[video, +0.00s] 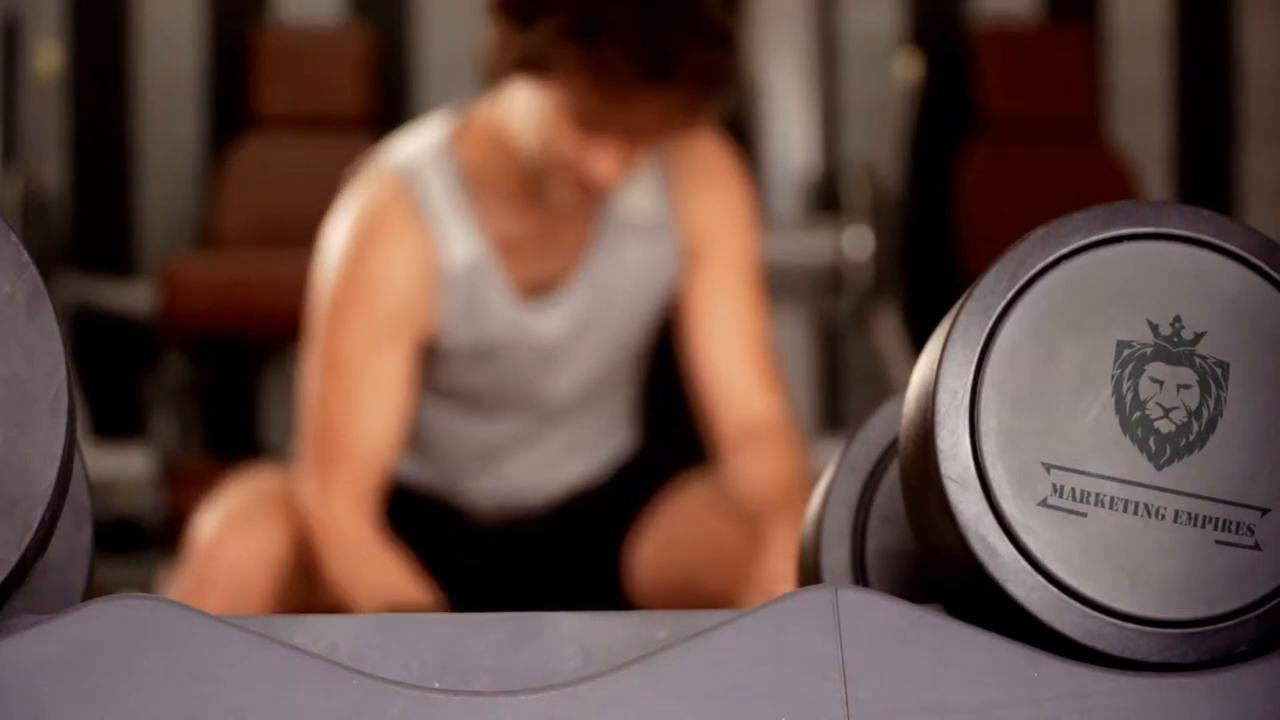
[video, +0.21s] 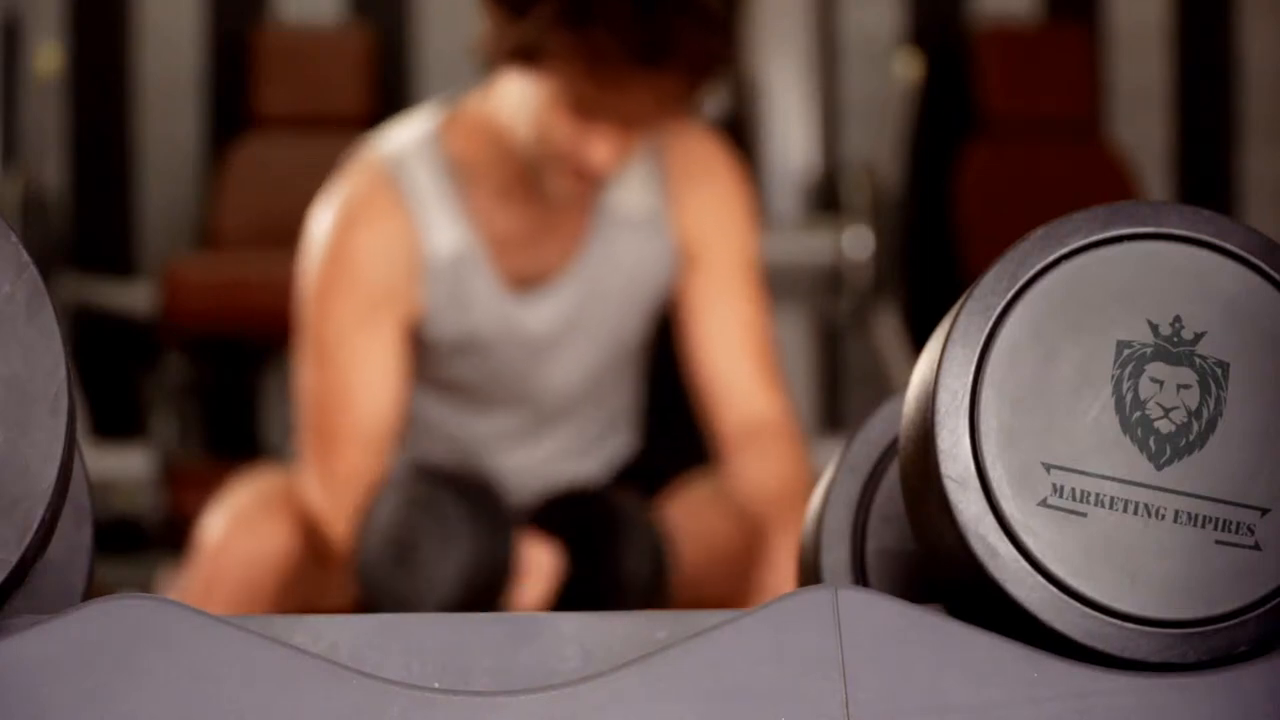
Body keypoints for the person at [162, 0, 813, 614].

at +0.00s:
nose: (611, 168)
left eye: (645, 137)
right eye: (591, 127)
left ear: (676, 110)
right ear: (524, 67)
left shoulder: (696, 170)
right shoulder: (393, 210)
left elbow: (753, 428)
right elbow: (337, 510)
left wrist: (790, 570)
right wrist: (457, 668)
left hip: (601, 521)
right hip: (418, 529)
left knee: (792, 540)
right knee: (241, 526)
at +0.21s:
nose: (606, 154)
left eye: (638, 123)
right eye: (583, 113)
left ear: (674, 101)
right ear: (520, 52)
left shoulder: (692, 171)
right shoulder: (377, 205)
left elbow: (756, 428)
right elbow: (343, 494)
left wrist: (783, 579)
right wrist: (488, 561)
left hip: (603, 533)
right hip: (414, 533)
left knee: (795, 517)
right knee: (248, 527)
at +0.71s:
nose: (573, 153)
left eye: (604, 120)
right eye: (547, 112)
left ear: (636, 98)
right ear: (476, 61)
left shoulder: (661, 171)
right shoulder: (314, 217)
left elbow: (746, 422)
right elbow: (346, 502)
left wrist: (789, 596)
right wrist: (494, 455)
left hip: (598, 525)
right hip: (399, 535)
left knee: (784, 541)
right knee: (250, 536)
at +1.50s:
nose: (582, 137)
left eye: (614, 105)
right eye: (558, 96)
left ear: (652, 82)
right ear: (495, 46)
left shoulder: (680, 166)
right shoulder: (346, 212)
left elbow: (750, 423)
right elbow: (349, 496)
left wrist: (778, 578)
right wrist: (577, 530)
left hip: (599, 542)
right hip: (412, 544)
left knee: (789, 517)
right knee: (243, 522)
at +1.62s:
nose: (583, 137)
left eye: (615, 105)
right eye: (559, 96)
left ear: (655, 85)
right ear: (495, 47)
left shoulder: (687, 169)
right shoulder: (356, 216)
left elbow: (749, 424)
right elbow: (343, 512)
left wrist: (774, 575)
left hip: (606, 513)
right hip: (418, 522)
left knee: (793, 538)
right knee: (238, 532)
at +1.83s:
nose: (588, 146)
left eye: (621, 115)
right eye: (564, 105)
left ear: (662, 94)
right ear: (502, 53)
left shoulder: (692, 172)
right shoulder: (372, 224)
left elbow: (752, 428)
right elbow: (346, 529)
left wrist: (772, 580)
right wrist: (415, 700)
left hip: (600, 523)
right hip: (416, 530)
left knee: (786, 534)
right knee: (242, 531)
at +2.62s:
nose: (596, 220)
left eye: (631, 188)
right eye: (570, 176)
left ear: (676, 177)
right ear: (508, 136)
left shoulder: (696, 188)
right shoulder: (388, 263)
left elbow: (734, 441)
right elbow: (338, 554)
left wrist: (666, 550)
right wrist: (346, 717)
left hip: (595, 523)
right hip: (408, 530)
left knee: (756, 555)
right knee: (228, 537)